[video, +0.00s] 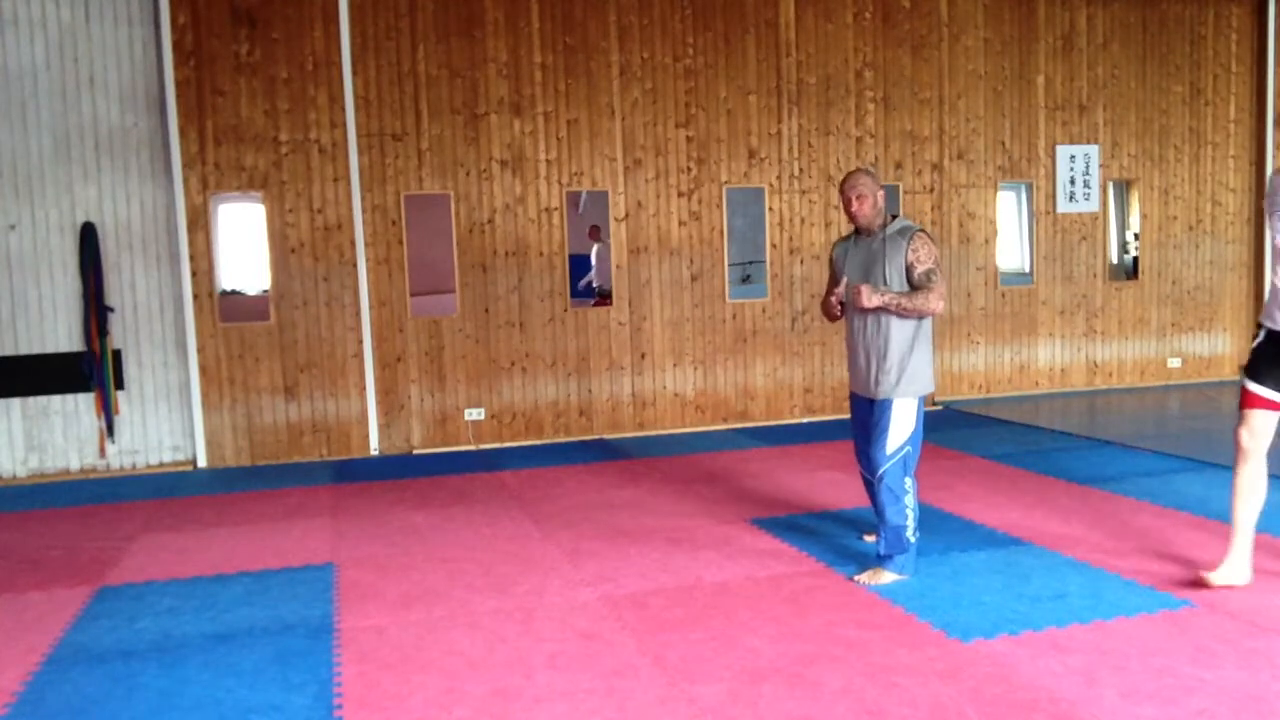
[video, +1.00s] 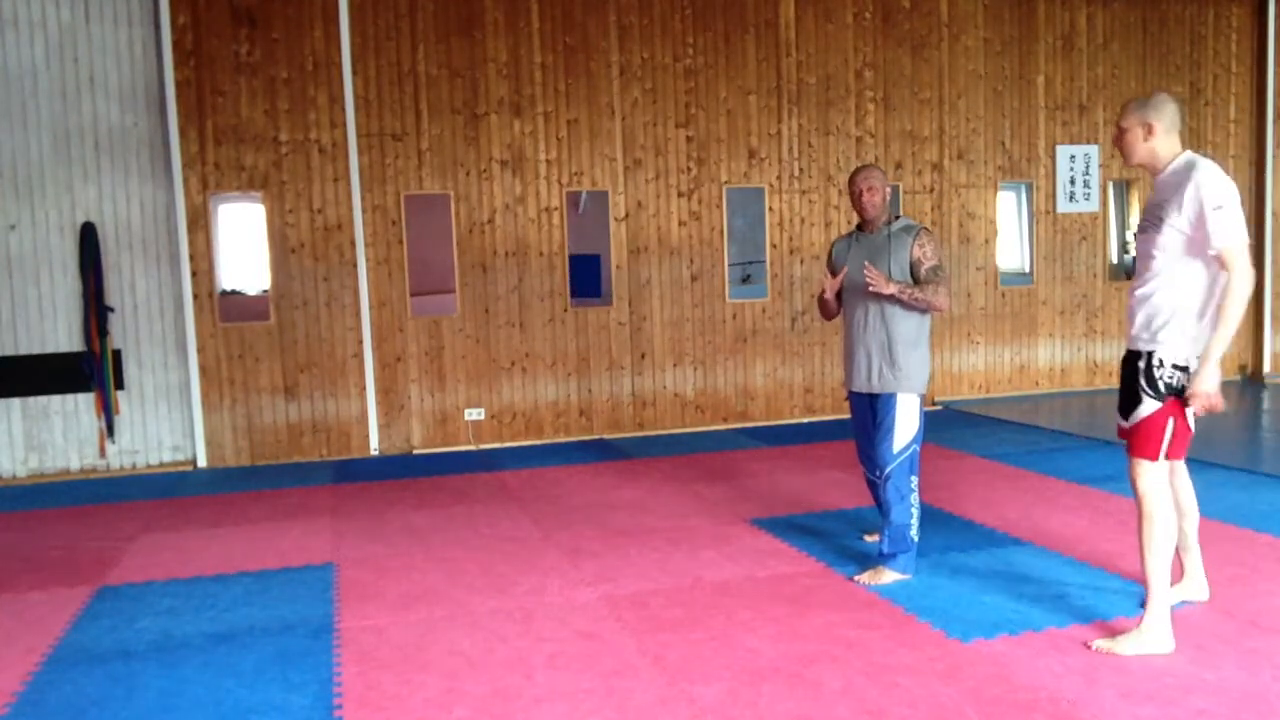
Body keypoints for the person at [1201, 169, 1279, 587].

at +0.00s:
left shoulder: (1272, 189)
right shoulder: (1274, 188)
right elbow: (1274, 262)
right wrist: (1261, 328)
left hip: (1273, 330)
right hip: (1273, 327)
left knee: (1252, 441)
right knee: (1250, 440)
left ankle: (1239, 559)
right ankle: (1238, 559)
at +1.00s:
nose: (1116, 144)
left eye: (1121, 132)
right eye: (1118, 133)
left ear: (1148, 131)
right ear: (1150, 131)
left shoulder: (1205, 180)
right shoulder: (1164, 185)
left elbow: (1242, 274)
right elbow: (1171, 273)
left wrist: (1210, 365)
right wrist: (1143, 346)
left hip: (1170, 353)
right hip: (1150, 348)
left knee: (1148, 474)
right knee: (1171, 465)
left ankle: (1155, 624)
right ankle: (1193, 575)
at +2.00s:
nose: (1083, 135)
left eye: (1087, 123)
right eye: (1082, 125)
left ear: (1115, 119)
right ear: (1120, 118)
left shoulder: (1161, 169)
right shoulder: (1144, 170)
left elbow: (1178, 274)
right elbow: (1150, 271)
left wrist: (1157, 368)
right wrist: (1122, 352)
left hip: (1155, 355)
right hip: (1135, 352)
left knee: (1157, 481)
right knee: (1155, 479)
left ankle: (1161, 625)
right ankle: (1169, 598)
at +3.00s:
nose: (1078, 127)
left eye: (1085, 116)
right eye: (1079, 117)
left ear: (1114, 116)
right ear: (1116, 115)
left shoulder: (1145, 159)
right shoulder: (1130, 164)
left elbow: (1220, 221)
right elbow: (1200, 221)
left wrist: (1174, 300)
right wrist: (1136, 303)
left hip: (1141, 343)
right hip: (1131, 341)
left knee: (1152, 477)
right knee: (1150, 474)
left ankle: (1159, 624)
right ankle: (1167, 594)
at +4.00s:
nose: (1085, 131)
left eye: (1090, 119)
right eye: (1086, 120)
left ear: (1114, 117)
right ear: (1127, 116)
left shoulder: (1146, 157)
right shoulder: (1149, 157)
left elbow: (1223, 215)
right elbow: (1228, 219)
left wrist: (1161, 269)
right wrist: (1161, 268)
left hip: (1139, 339)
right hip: (1148, 338)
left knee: (1152, 477)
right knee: (1153, 473)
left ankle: (1160, 625)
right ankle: (1167, 593)